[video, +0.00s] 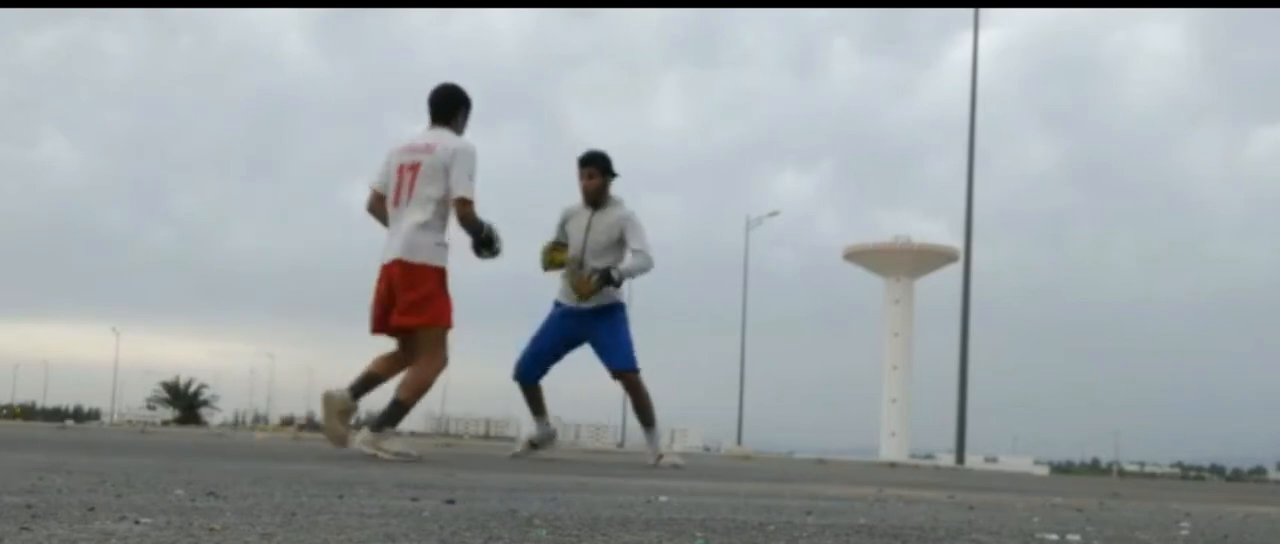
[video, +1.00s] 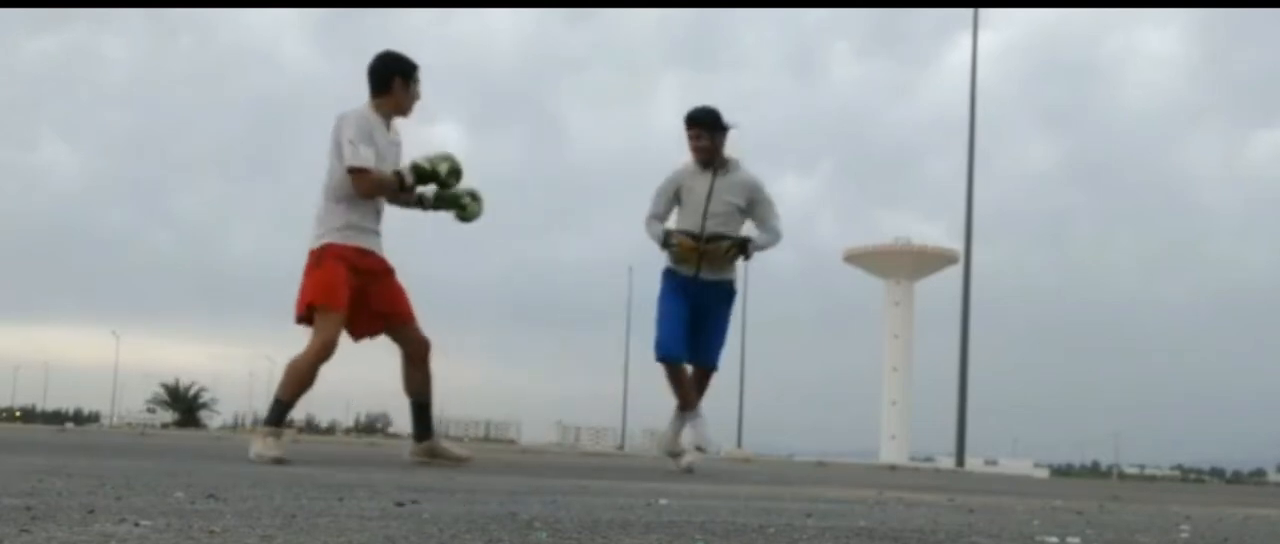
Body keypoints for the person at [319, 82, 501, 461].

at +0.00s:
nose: (467, 121)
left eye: (466, 115)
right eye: (467, 115)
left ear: (430, 113)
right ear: (461, 114)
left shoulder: (402, 149)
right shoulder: (459, 148)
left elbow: (375, 204)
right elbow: (464, 209)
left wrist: (407, 229)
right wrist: (482, 234)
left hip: (393, 262)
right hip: (424, 265)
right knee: (433, 358)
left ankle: (347, 398)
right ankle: (379, 431)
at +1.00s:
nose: (417, 96)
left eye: (417, 87)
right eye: (413, 87)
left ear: (392, 87)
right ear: (394, 85)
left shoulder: (392, 139)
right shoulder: (354, 121)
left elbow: (392, 193)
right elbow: (361, 182)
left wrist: (434, 201)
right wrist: (405, 180)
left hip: (370, 256)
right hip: (335, 248)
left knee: (416, 345)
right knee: (324, 340)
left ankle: (424, 441)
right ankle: (270, 431)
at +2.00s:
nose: (544, 89)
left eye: (544, 81)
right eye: (540, 80)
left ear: (522, 80)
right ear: (520, 79)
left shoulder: (523, 131)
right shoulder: (480, 117)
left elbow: (505, 191)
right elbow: (474, 182)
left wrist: (532, 236)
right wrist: (528, 190)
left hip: (517, 247)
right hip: (481, 245)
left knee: (540, 343)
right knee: (470, 339)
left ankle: (526, 443)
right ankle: (416, 426)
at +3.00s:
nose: (636, 94)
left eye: (637, 85)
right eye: (635, 84)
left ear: (608, 78)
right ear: (623, 80)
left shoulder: (604, 119)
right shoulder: (594, 107)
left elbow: (595, 182)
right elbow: (575, 169)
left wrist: (618, 227)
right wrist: (608, 215)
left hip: (599, 241)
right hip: (578, 237)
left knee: (619, 337)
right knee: (580, 331)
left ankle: (618, 436)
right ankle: (524, 426)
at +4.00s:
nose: (676, 136)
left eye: (673, 130)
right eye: (677, 130)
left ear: (643, 125)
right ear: (675, 129)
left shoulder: (618, 161)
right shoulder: (666, 160)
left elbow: (607, 217)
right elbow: (671, 222)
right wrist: (685, 256)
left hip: (599, 269)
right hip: (632, 270)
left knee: (621, 360)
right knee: (643, 361)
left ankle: (619, 443)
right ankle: (603, 447)